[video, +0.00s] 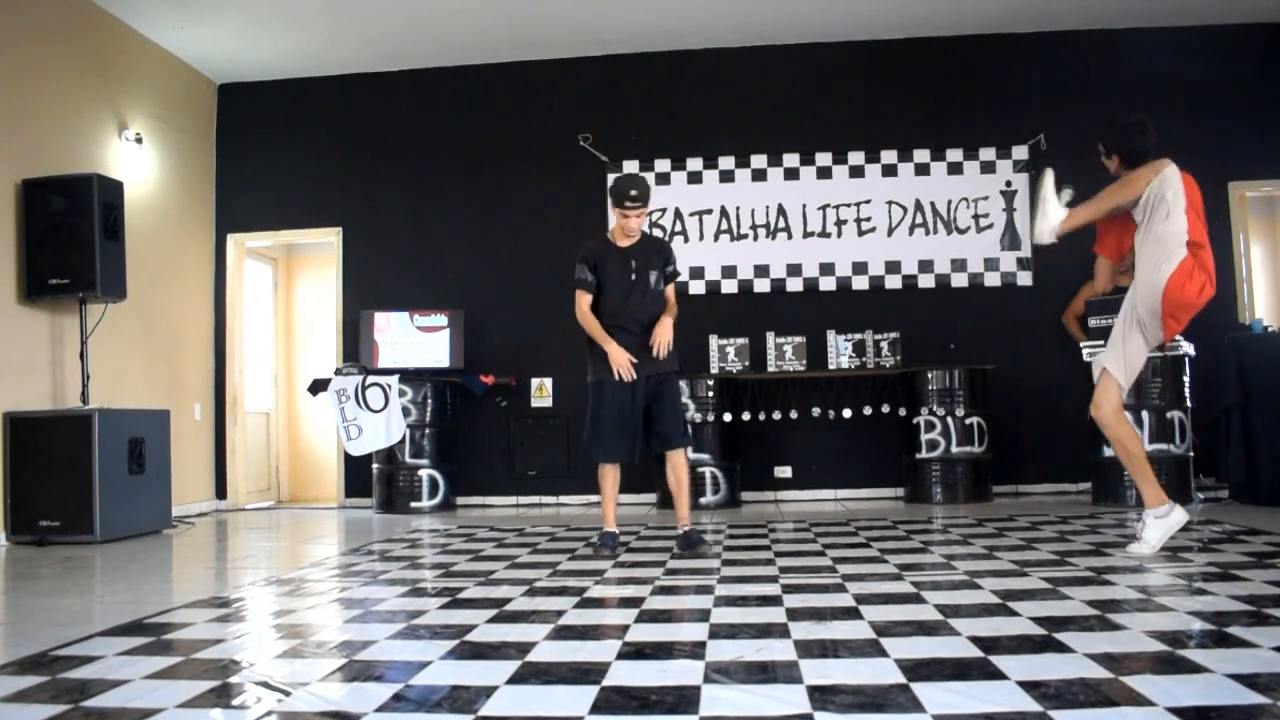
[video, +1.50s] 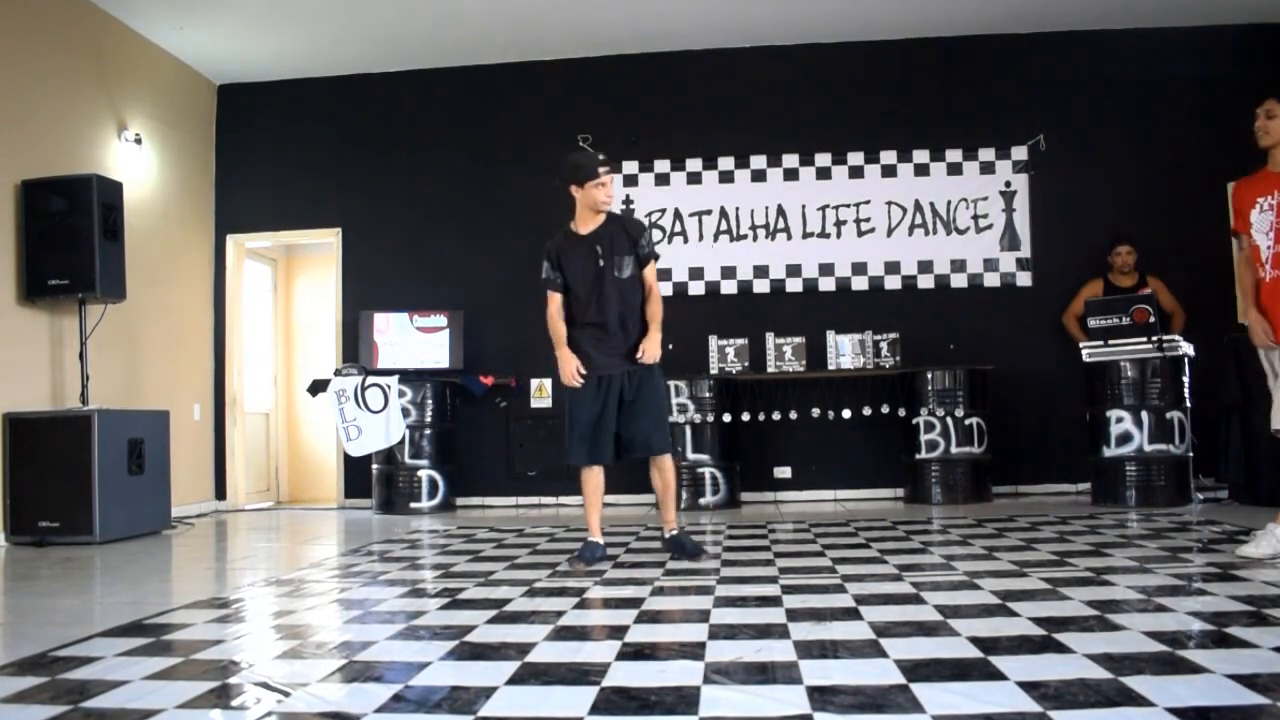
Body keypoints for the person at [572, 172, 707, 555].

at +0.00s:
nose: (632, 221)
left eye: (639, 214)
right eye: (625, 214)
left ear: (647, 212)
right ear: (613, 209)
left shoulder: (660, 250)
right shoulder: (593, 253)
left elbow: (671, 301)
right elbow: (582, 310)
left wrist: (667, 320)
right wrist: (610, 347)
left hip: (658, 364)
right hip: (612, 366)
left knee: (675, 443)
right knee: (609, 449)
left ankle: (685, 528)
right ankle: (609, 530)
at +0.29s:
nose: (678, 222)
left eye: (685, 215)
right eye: (672, 213)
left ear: (692, 211)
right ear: (658, 200)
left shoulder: (695, 245)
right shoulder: (626, 241)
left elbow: (701, 301)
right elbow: (606, 299)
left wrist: (695, 329)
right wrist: (619, 344)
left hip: (680, 364)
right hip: (635, 362)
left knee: (689, 448)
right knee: (625, 447)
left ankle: (694, 531)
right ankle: (617, 525)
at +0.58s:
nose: (686, 218)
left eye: (693, 211)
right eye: (679, 210)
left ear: (701, 205)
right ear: (663, 199)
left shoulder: (709, 240)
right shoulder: (637, 237)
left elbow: (727, 297)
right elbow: (620, 295)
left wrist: (708, 327)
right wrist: (631, 339)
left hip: (693, 360)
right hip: (647, 359)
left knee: (692, 448)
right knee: (641, 447)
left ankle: (695, 532)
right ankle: (637, 531)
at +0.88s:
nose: (670, 208)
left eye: (675, 199)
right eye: (661, 201)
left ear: (682, 194)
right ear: (647, 199)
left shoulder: (705, 236)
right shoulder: (634, 242)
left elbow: (724, 293)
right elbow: (624, 299)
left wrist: (707, 336)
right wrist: (632, 340)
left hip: (694, 360)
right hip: (648, 360)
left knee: (695, 448)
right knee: (635, 446)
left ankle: (695, 531)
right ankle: (628, 531)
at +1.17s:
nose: (646, 199)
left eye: (649, 191)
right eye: (636, 193)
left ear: (653, 192)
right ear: (615, 196)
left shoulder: (673, 235)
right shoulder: (601, 247)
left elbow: (699, 290)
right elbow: (601, 303)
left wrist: (687, 332)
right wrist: (607, 346)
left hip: (675, 363)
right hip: (625, 365)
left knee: (684, 449)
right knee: (609, 450)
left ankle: (694, 532)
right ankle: (595, 538)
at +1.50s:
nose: (609, 191)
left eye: (610, 184)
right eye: (600, 185)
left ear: (613, 187)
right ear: (576, 190)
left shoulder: (633, 231)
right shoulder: (559, 248)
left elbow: (653, 290)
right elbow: (555, 309)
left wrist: (654, 334)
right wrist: (562, 352)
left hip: (638, 362)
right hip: (588, 368)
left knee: (659, 447)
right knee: (590, 455)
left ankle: (672, 531)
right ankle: (594, 540)